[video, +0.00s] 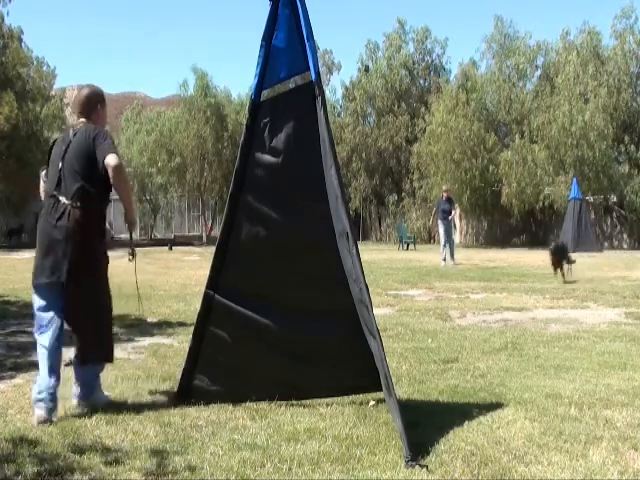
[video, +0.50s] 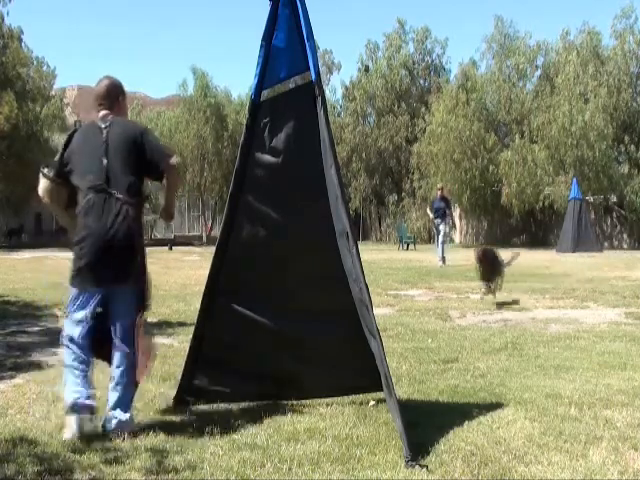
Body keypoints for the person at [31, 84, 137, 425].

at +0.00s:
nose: (107, 114)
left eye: (106, 109)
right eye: (106, 109)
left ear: (73, 111)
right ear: (98, 110)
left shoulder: (58, 141)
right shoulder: (98, 135)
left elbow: (45, 190)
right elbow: (114, 165)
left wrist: (64, 213)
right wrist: (129, 206)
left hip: (48, 236)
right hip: (84, 236)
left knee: (47, 317)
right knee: (90, 313)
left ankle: (43, 401)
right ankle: (89, 391)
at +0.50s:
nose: (129, 106)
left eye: (125, 102)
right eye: (127, 102)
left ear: (94, 106)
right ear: (122, 104)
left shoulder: (77, 136)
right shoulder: (134, 132)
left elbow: (47, 189)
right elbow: (172, 166)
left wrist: (73, 219)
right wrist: (168, 205)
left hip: (89, 240)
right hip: (127, 240)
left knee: (75, 332)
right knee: (125, 335)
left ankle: (77, 405)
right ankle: (119, 418)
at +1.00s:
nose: (169, 100)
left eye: (168, 94)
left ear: (169, 96)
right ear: (197, 93)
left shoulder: (173, 132)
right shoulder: (220, 131)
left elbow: (150, 184)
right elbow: (239, 176)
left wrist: (148, 245)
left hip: (209, 237)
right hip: (240, 236)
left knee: (182, 328)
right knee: (228, 327)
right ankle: (220, 408)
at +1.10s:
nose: (184, 96)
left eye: (183, 90)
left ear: (183, 93)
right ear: (213, 90)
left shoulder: (195, 129)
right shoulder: (230, 127)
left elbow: (169, 183)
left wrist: (166, 246)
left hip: (232, 234)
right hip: (239, 231)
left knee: (227, 333)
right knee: (223, 330)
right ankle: (225, 418)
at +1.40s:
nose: (221, 94)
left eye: (222, 88)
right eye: (223, 87)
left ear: (230, 89)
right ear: (252, 84)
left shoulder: (253, 128)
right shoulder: (265, 122)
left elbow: (232, 189)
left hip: (276, 242)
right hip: (267, 240)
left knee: (274, 329)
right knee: (247, 322)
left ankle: (309, 416)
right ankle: (266, 400)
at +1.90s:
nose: (254, 85)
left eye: (258, 77)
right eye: (253, 78)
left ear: (279, 75)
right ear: (271, 76)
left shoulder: (297, 114)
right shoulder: (271, 121)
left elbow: (306, 175)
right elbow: (271, 187)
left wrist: (265, 231)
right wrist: (255, 236)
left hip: (313, 236)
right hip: (281, 237)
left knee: (318, 323)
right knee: (281, 317)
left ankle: (336, 410)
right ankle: (282, 402)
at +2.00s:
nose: (259, 84)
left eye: (264, 77)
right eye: (258, 77)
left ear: (285, 75)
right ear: (271, 77)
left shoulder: (303, 115)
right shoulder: (273, 122)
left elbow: (313, 174)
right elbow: (276, 178)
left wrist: (272, 227)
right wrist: (263, 209)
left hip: (315, 234)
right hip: (283, 234)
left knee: (318, 323)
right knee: (280, 317)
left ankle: (335, 410)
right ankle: (282, 402)